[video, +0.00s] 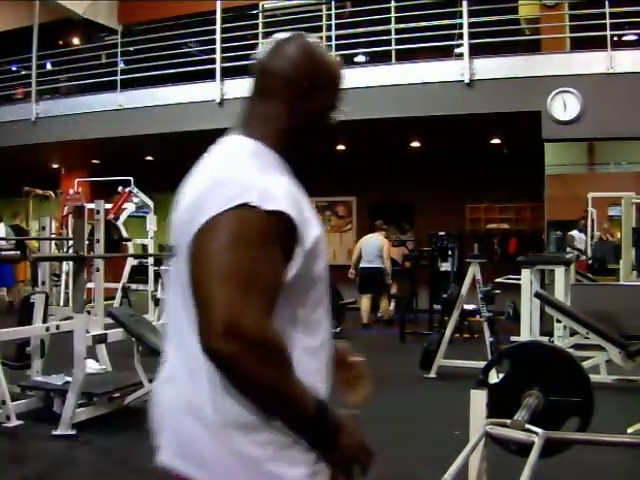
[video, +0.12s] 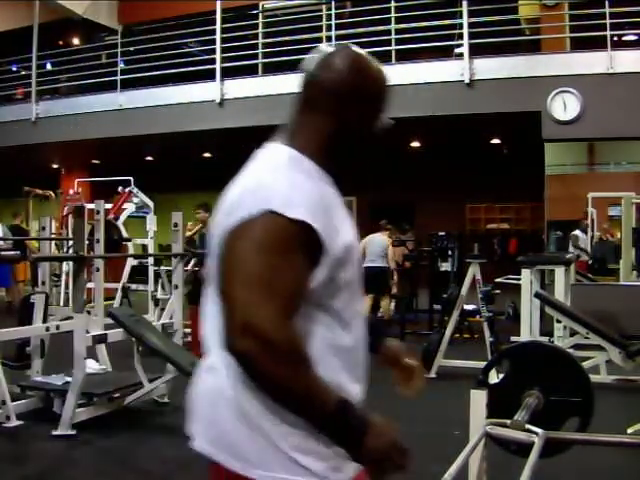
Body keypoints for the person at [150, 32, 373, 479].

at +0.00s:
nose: (332, 129)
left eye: (333, 112)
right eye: (329, 111)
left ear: (261, 93)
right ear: (303, 102)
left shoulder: (224, 167)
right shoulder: (250, 182)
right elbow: (233, 334)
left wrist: (320, 355)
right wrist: (327, 430)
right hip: (246, 460)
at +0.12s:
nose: (376, 132)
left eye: (377, 118)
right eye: (373, 117)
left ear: (309, 99)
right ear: (351, 114)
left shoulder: (298, 182)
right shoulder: (283, 189)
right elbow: (256, 334)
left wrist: (376, 344)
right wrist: (355, 430)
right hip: (276, 457)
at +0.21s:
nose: (402, 142)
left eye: (405, 127)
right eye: (399, 126)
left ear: (340, 109)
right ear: (373, 120)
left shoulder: (323, 191)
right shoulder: (309, 201)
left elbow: (335, 312)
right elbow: (286, 346)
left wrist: (409, 351)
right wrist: (382, 438)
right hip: (303, 460)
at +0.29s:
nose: (426, 154)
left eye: (428, 141)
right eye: (423, 140)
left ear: (365, 118)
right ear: (396, 132)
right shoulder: (335, 212)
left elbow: (368, 315)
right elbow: (323, 355)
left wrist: (437, 363)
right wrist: (414, 449)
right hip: (330, 460)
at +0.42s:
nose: (447, 157)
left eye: (452, 145)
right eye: (447, 142)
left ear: (392, 113)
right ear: (428, 133)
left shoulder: (375, 192)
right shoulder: (355, 207)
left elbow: (404, 309)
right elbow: (373, 349)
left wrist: (459, 371)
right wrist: (439, 448)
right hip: (352, 442)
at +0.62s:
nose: (499, 179)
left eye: (502, 166)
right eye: (497, 163)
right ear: (467, 150)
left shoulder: (436, 213)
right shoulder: (395, 214)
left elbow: (460, 323)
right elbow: (409, 348)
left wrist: (498, 397)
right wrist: (462, 458)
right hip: (354, 427)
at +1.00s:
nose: (510, 209)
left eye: (519, 199)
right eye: (507, 192)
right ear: (471, 166)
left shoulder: (477, 242)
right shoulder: (405, 235)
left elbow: (475, 332)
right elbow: (419, 363)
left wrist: (504, 410)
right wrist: (465, 464)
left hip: (408, 404)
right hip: (345, 411)